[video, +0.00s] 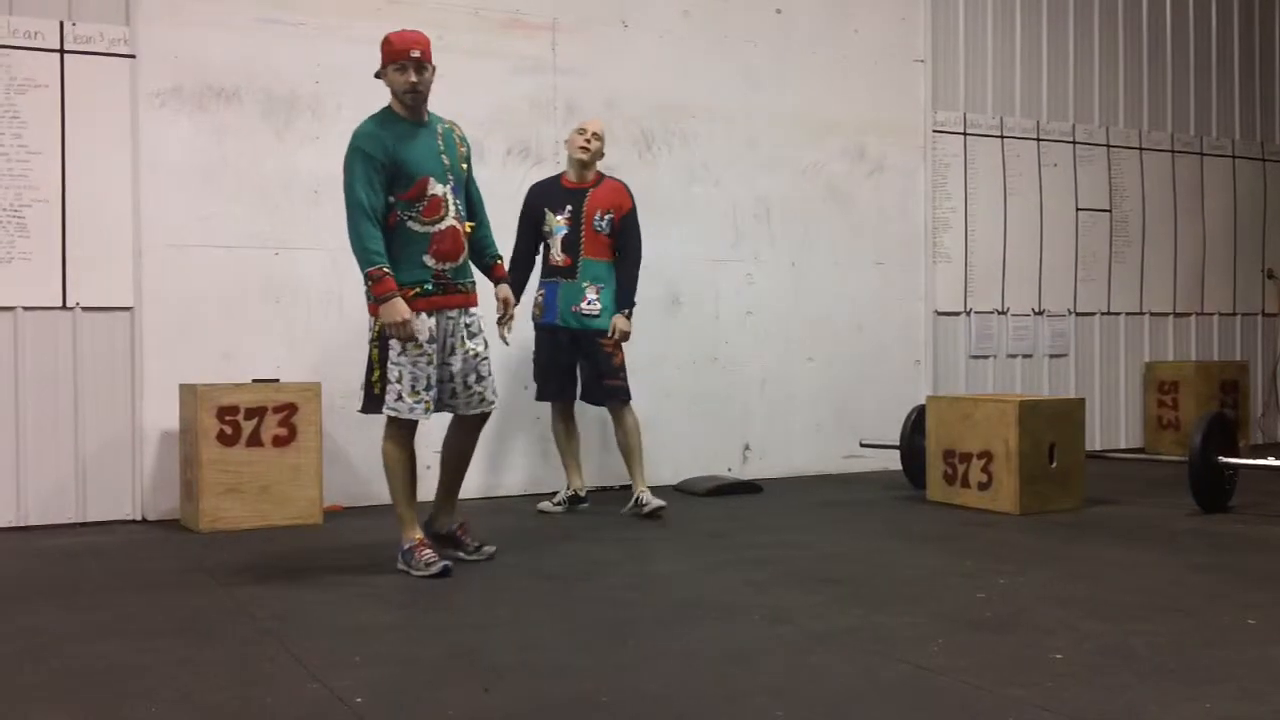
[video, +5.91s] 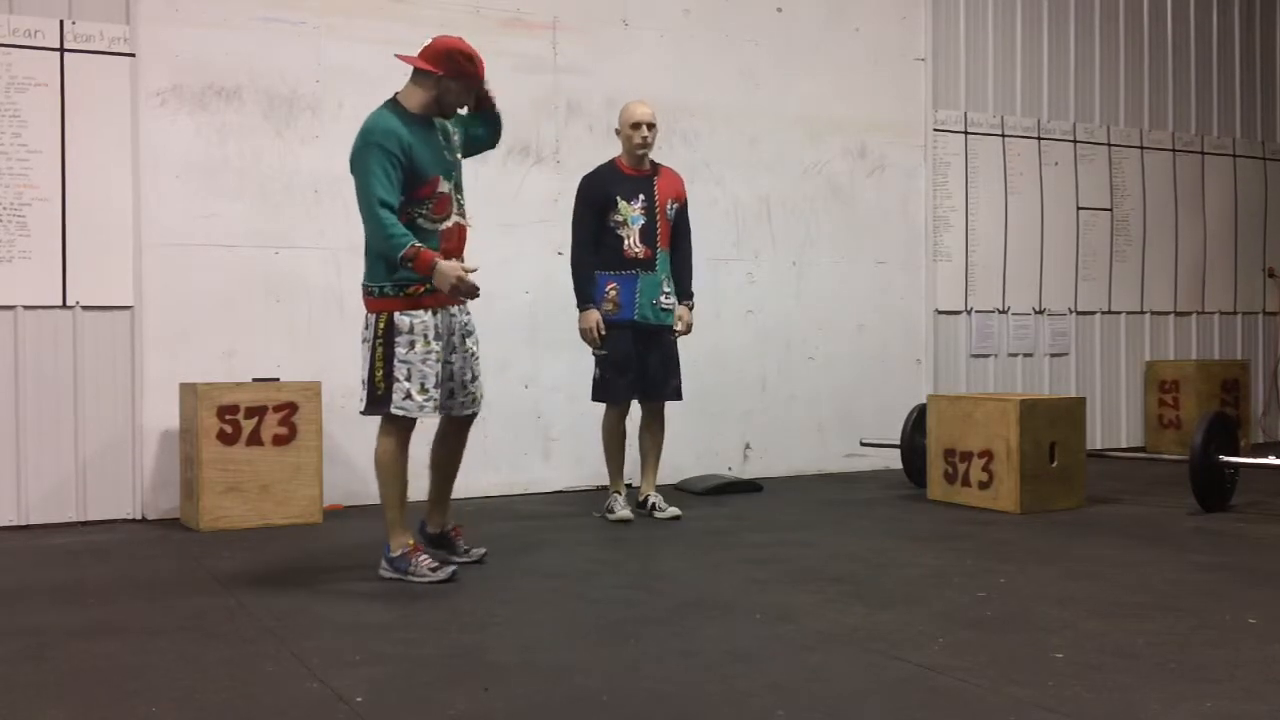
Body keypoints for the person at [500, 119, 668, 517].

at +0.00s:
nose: (587, 140)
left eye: (595, 137)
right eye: (582, 134)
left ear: (602, 152)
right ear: (567, 143)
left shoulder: (617, 193)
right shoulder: (541, 192)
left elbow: (630, 254)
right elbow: (524, 252)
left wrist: (624, 310)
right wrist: (508, 302)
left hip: (601, 318)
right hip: (553, 318)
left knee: (618, 402)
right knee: (560, 402)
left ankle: (640, 489)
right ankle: (575, 487)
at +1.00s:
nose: (642, 135)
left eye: (649, 132)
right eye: (635, 130)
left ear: (656, 147)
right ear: (619, 141)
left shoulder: (671, 192)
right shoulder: (592, 189)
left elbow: (684, 253)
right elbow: (572, 248)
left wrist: (689, 307)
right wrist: (562, 302)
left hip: (656, 319)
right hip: (605, 319)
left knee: (654, 405)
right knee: (589, 404)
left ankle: (650, 491)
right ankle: (578, 486)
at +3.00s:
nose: (580, 141)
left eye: (587, 134)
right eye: (573, 134)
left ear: (596, 142)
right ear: (559, 141)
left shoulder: (615, 187)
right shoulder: (537, 193)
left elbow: (631, 248)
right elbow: (523, 258)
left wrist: (639, 299)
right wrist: (517, 310)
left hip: (612, 315)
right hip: (561, 319)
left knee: (634, 400)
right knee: (566, 404)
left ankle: (652, 489)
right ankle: (574, 489)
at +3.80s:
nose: (643, 140)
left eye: (650, 134)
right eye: (635, 132)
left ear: (657, 141)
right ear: (620, 138)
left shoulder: (667, 189)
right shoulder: (594, 187)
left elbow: (678, 251)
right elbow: (574, 248)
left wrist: (687, 303)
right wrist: (572, 302)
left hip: (653, 316)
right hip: (605, 315)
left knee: (651, 404)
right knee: (590, 402)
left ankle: (647, 488)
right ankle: (578, 487)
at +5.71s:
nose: (645, 135)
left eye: (650, 129)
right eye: (636, 129)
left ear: (656, 133)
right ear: (619, 133)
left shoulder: (669, 182)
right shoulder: (594, 183)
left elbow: (680, 246)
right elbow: (580, 250)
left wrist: (686, 300)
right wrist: (586, 305)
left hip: (658, 314)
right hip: (613, 314)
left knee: (657, 404)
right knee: (615, 405)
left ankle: (649, 490)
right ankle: (616, 492)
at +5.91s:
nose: (644, 133)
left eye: (649, 126)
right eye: (636, 126)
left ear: (657, 132)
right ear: (619, 132)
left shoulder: (671, 182)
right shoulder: (596, 182)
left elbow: (681, 246)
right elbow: (581, 250)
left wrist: (685, 300)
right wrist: (585, 306)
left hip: (659, 314)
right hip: (613, 314)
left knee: (654, 404)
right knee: (617, 405)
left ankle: (648, 492)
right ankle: (616, 492)